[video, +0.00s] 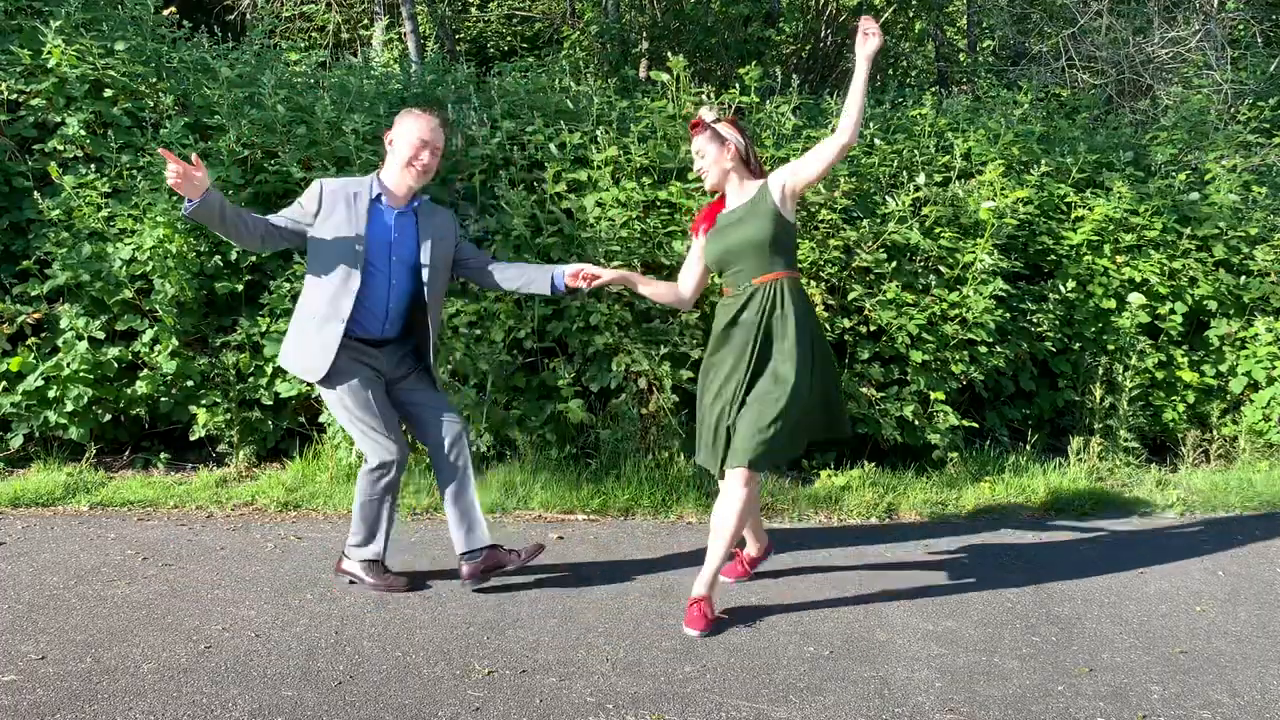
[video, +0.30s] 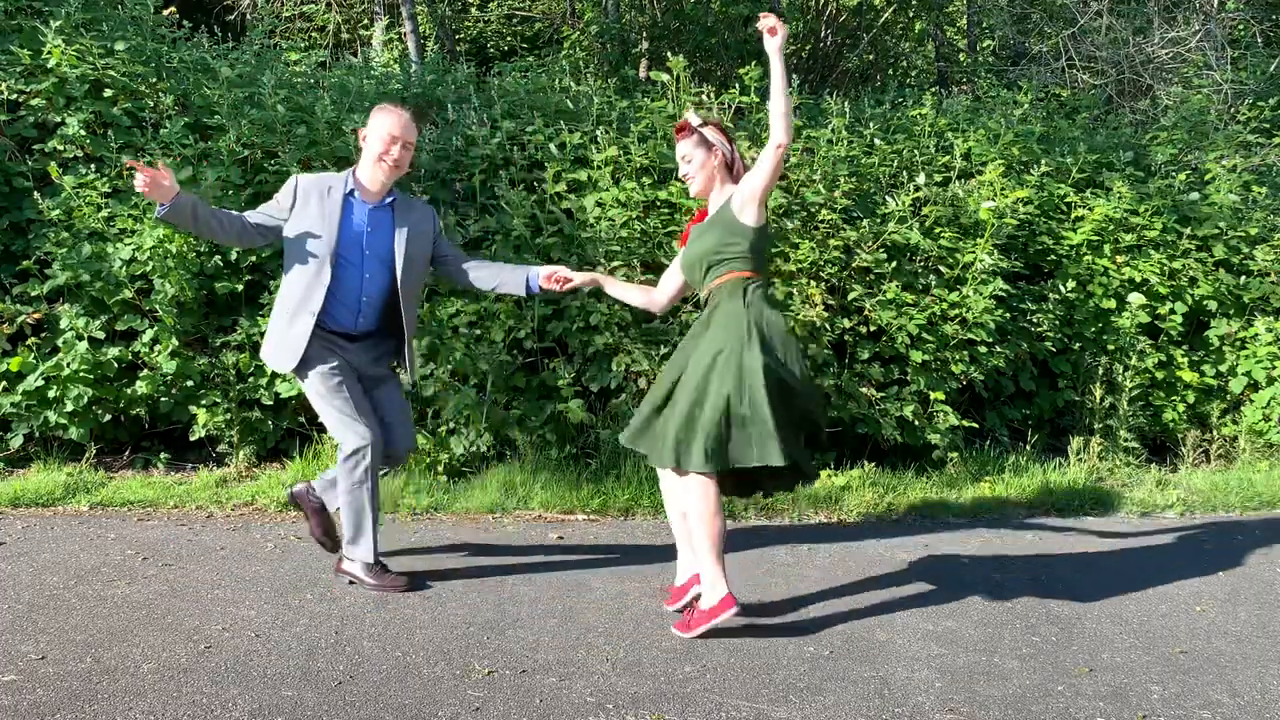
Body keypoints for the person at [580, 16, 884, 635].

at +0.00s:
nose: (695, 162)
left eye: (701, 151)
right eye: (693, 155)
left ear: (732, 146)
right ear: (718, 153)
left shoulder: (779, 185)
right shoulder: (707, 224)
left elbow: (843, 137)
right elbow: (682, 294)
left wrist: (863, 62)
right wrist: (623, 277)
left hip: (782, 327)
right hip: (730, 334)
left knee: (745, 461)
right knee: (723, 454)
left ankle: (701, 589)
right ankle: (757, 539)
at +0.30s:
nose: (683, 167)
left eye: (690, 155)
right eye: (678, 160)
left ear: (720, 151)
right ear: (684, 167)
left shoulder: (747, 195)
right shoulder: (698, 232)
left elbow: (780, 136)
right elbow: (656, 299)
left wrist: (776, 56)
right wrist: (591, 278)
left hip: (741, 317)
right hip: (711, 326)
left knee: (696, 453)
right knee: (666, 444)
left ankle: (716, 588)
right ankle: (691, 566)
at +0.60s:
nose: (630, 152)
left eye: (636, 140)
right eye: (629, 143)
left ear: (665, 137)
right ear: (652, 142)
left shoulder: (699, 186)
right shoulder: (650, 211)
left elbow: (712, 132)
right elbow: (622, 289)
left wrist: (693, 51)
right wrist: (553, 272)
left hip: (696, 321)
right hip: (659, 325)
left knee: (636, 447)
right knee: (648, 463)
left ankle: (632, 577)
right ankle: (705, 565)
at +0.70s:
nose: (605, 145)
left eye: (611, 136)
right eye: (607, 137)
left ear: (639, 139)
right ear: (630, 143)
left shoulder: (670, 191)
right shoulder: (627, 211)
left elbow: (669, 141)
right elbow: (602, 292)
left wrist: (648, 63)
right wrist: (535, 279)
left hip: (668, 338)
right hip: (628, 342)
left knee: (607, 470)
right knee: (642, 478)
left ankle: (541, 590)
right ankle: (708, 567)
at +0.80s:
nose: (584, 136)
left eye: (595, 127)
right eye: (584, 127)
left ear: (627, 140)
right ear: (590, 144)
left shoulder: (640, 190)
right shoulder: (600, 201)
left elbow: (614, 147)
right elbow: (589, 292)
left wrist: (591, 70)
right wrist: (520, 284)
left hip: (628, 335)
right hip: (597, 338)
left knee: (579, 467)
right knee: (619, 472)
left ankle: (532, 602)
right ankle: (699, 559)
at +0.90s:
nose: (565, 121)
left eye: (576, 111)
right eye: (559, 114)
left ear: (598, 123)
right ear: (556, 122)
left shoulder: (598, 172)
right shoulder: (575, 181)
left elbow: (537, 143)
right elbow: (570, 271)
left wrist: (519, 65)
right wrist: (517, 278)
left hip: (577, 327)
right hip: (561, 329)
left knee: (536, 462)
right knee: (570, 467)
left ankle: (532, 600)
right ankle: (663, 545)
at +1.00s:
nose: (522, 118)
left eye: (527, 109)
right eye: (527, 109)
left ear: (538, 116)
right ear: (573, 121)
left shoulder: (534, 162)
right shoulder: (585, 180)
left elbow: (451, 152)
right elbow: (589, 272)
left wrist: (444, 75)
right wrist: (518, 267)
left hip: (530, 321)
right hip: (566, 320)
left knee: (503, 454)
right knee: (518, 442)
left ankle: (540, 601)